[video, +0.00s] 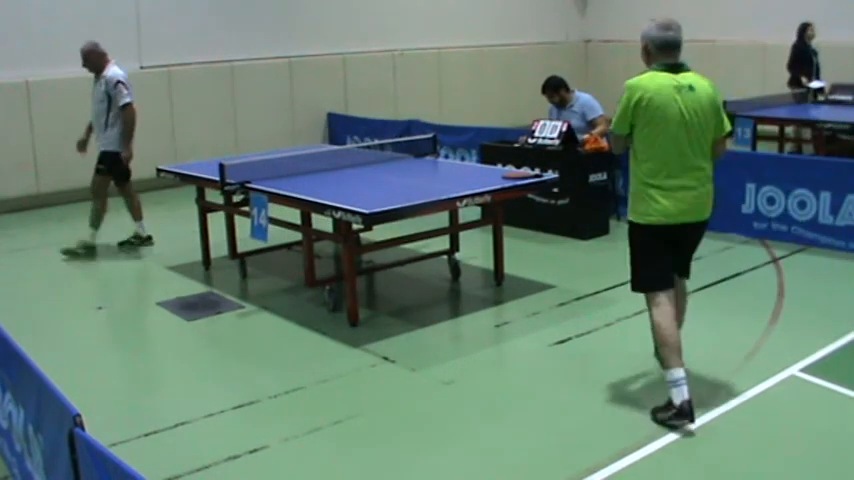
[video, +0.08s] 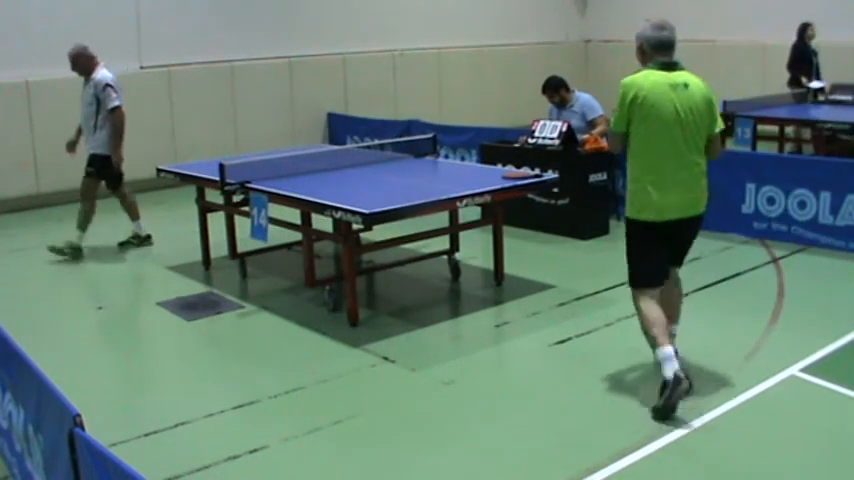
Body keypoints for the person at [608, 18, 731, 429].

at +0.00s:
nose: (643, 55)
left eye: (643, 50)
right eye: (648, 49)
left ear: (646, 52)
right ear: (680, 50)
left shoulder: (637, 88)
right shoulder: (704, 88)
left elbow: (618, 143)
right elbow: (721, 145)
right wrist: (693, 157)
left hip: (653, 211)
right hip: (697, 208)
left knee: (659, 300)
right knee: (679, 278)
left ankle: (681, 402)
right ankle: (669, 347)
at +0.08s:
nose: (636, 55)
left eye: (637, 50)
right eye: (640, 49)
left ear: (641, 51)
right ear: (674, 50)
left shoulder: (634, 86)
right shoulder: (698, 88)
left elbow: (616, 142)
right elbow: (715, 148)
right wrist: (681, 146)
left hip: (648, 207)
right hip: (691, 204)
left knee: (646, 292)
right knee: (671, 271)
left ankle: (671, 369)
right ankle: (670, 349)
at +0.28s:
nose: (621, 49)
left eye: (621, 44)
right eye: (623, 44)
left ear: (626, 44)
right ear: (657, 41)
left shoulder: (620, 78)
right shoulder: (684, 78)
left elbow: (606, 139)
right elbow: (703, 134)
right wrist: (672, 143)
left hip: (632, 191)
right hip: (676, 191)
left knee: (613, 254)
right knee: (661, 258)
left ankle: (642, 321)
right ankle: (669, 343)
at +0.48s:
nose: (601, 52)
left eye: (601, 48)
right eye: (604, 47)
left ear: (605, 48)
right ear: (634, 45)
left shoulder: (597, 81)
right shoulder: (660, 77)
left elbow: (583, 137)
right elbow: (681, 130)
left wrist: (589, 140)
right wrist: (657, 151)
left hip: (614, 189)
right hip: (658, 188)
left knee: (600, 251)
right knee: (661, 265)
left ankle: (587, 305)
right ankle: (668, 343)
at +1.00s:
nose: (545, 62)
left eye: (545, 58)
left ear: (549, 58)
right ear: (574, 53)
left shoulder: (545, 86)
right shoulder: (600, 71)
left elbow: (545, 136)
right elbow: (623, 112)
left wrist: (538, 166)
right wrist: (628, 154)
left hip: (572, 170)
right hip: (612, 163)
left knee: (569, 233)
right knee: (627, 231)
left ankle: (575, 300)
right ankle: (640, 298)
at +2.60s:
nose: (564, 37)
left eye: (567, 32)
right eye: (566, 31)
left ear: (576, 37)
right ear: (603, 37)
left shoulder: (575, 75)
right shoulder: (626, 74)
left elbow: (561, 136)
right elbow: (623, 125)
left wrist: (555, 116)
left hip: (581, 188)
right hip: (617, 185)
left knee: (584, 267)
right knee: (610, 252)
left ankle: (590, 349)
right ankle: (626, 326)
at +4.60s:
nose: (600, 37)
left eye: (600, 32)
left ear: (603, 34)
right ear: (634, 35)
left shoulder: (595, 72)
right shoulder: (653, 75)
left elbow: (579, 129)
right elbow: (658, 128)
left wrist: (580, 143)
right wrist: (625, 130)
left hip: (596, 183)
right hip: (638, 184)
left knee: (574, 251)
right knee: (625, 251)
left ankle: (583, 335)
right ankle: (625, 337)